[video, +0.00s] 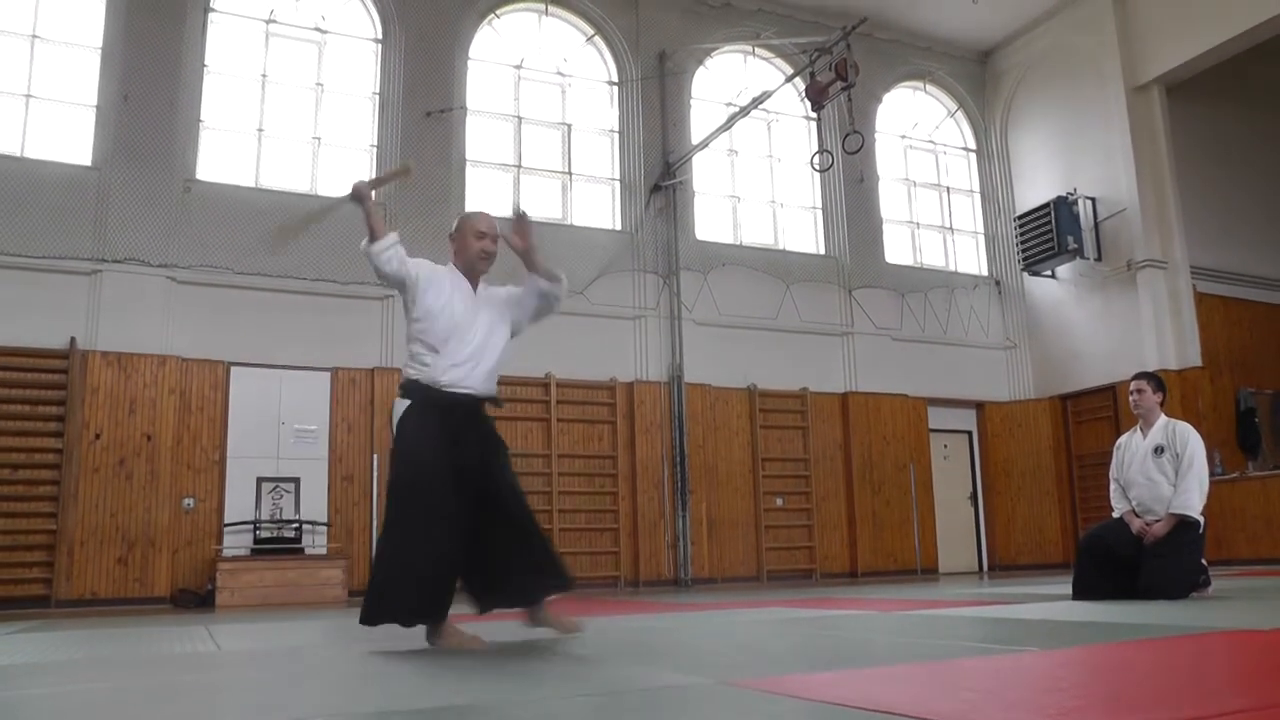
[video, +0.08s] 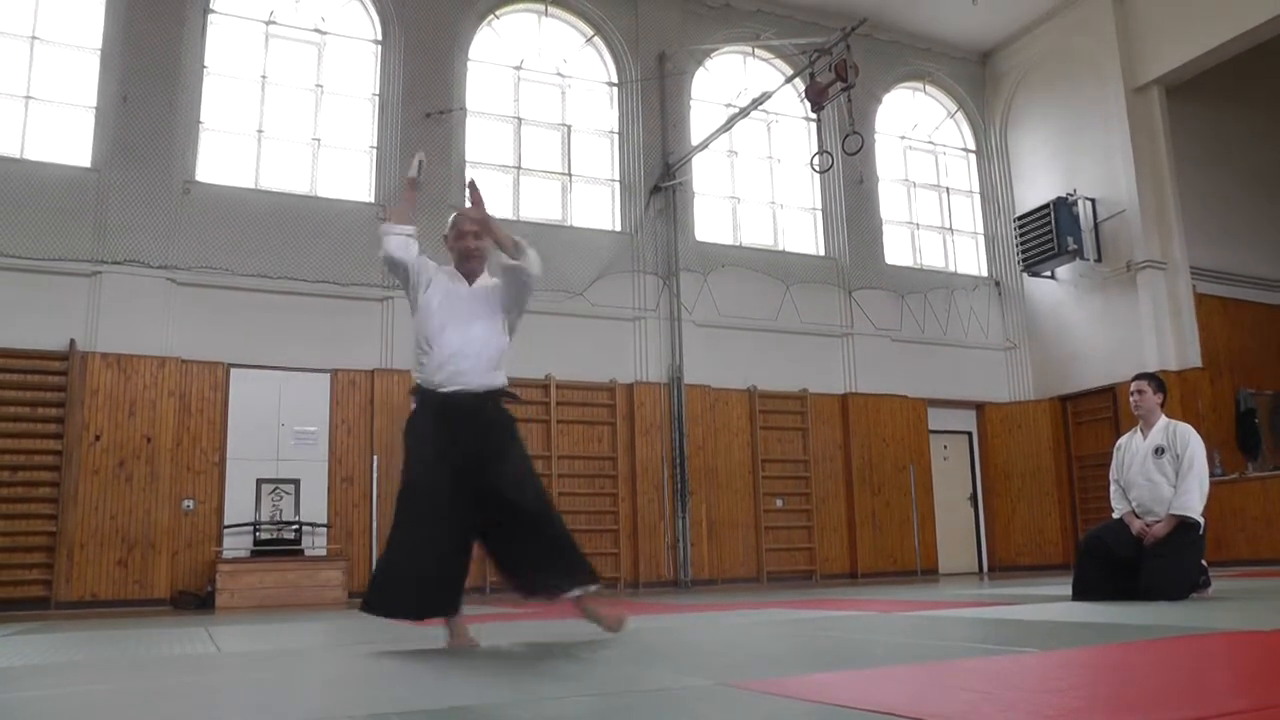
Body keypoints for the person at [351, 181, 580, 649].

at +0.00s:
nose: (490, 246)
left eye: (495, 240)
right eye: (481, 236)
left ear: (498, 249)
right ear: (455, 242)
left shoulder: (503, 301)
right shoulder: (426, 275)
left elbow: (550, 294)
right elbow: (386, 259)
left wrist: (528, 255)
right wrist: (369, 206)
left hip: (473, 416)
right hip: (427, 412)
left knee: (505, 506)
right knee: (434, 514)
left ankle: (537, 604)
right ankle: (438, 624)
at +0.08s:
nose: (469, 241)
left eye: (477, 235)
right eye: (461, 235)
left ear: (490, 243)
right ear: (447, 244)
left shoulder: (502, 289)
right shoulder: (428, 280)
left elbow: (526, 269)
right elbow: (395, 249)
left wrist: (493, 226)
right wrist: (408, 198)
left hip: (488, 412)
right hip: (436, 413)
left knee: (528, 502)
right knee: (443, 518)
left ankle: (584, 593)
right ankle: (454, 625)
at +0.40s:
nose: (445, 322)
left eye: (450, 311)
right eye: (442, 315)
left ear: (480, 304)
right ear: (473, 310)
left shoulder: (499, 348)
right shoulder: (475, 350)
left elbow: (449, 405)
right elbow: (436, 382)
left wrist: (392, 416)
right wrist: (389, 390)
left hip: (543, 462)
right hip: (517, 463)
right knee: (468, 535)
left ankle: (637, 608)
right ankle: (490, 629)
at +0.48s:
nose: (444, 345)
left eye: (448, 334)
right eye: (441, 338)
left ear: (479, 328)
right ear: (474, 332)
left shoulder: (498, 373)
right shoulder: (487, 371)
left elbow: (466, 440)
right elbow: (441, 415)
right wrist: (394, 443)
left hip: (549, 484)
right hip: (523, 481)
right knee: (464, 534)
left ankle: (632, 606)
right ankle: (487, 630)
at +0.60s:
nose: (443, 370)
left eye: (447, 358)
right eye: (440, 362)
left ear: (478, 350)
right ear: (480, 353)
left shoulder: (494, 396)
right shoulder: (501, 385)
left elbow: (480, 479)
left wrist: (457, 519)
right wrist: (470, 455)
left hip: (543, 506)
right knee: (458, 542)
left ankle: (628, 609)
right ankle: (483, 632)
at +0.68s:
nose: (442, 377)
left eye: (446, 366)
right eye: (438, 370)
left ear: (477, 358)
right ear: (478, 361)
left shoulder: (494, 404)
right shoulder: (498, 395)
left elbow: (481, 489)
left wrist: (447, 532)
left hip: (542, 514)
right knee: (452, 542)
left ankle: (626, 612)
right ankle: (481, 634)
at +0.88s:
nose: (442, 378)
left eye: (447, 366)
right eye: (439, 370)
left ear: (478, 362)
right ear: (480, 365)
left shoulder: (489, 412)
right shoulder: (508, 396)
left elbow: (476, 496)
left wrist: (457, 521)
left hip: (538, 524)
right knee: (445, 540)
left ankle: (624, 615)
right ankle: (482, 636)